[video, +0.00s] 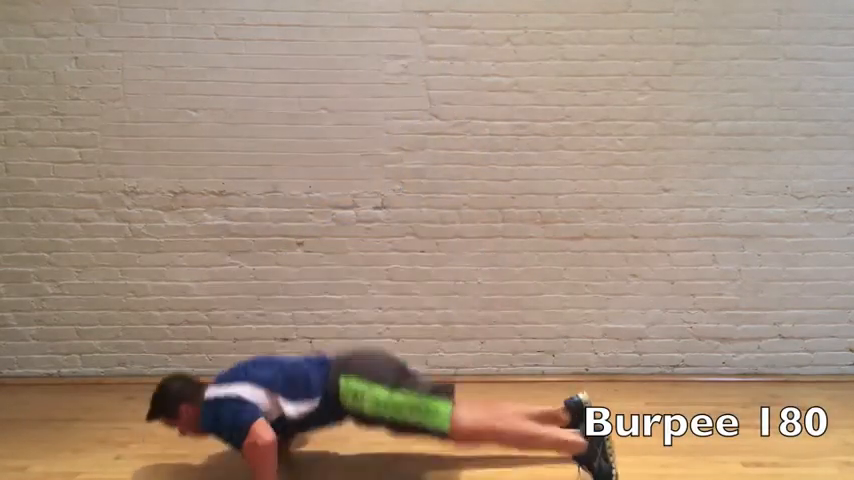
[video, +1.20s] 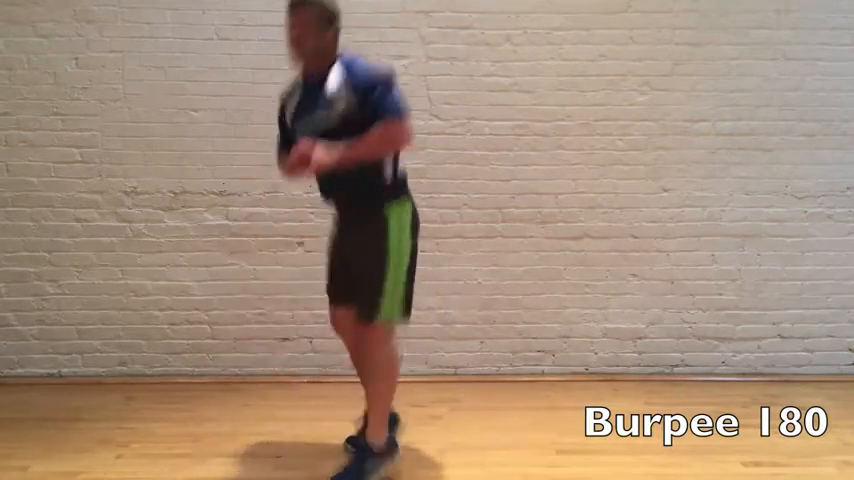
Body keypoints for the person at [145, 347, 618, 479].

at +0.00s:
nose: (179, 430)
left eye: (174, 423)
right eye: (173, 425)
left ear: (185, 408)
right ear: (191, 392)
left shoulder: (218, 405)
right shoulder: (229, 382)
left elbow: (263, 437)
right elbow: (282, 421)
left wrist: (264, 478)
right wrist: (278, 450)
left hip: (352, 384)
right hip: (356, 368)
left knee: (458, 425)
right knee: (458, 411)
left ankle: (581, 445)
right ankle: (564, 418)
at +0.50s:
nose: (183, 397)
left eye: (179, 391)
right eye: (178, 392)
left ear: (190, 377)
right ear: (196, 360)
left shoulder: (228, 379)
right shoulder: (236, 352)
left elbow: (265, 439)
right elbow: (289, 397)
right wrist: (281, 437)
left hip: (367, 361)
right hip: (364, 353)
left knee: (468, 412)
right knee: (463, 403)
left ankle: (585, 445)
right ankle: (568, 410)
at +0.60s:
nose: (206, 392)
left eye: (200, 387)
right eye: (199, 388)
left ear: (206, 371)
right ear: (210, 359)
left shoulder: (242, 364)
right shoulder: (246, 341)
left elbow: (267, 432)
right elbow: (289, 399)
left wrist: (265, 477)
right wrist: (281, 447)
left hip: (369, 300)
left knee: (441, 398)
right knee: (445, 373)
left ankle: (552, 428)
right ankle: (541, 400)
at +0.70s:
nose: (241, 376)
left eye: (235, 370)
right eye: (234, 372)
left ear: (240, 358)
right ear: (242, 344)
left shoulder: (272, 345)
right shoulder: (272, 329)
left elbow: (277, 418)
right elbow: (290, 399)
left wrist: (268, 472)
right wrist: (272, 440)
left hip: (391, 261)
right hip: (397, 250)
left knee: (383, 384)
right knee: (403, 361)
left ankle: (474, 430)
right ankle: (469, 412)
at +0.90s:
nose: (233, 282)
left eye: (234, 272)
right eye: (230, 274)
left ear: (252, 265)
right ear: (257, 260)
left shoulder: (283, 282)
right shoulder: (288, 266)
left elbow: (270, 363)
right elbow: (284, 351)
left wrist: (244, 428)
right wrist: (255, 409)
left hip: (420, 299)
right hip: (427, 288)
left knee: (333, 377)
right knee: (354, 364)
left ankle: (389, 461)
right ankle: (391, 439)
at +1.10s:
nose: (259, 128)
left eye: (266, 120)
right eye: (261, 119)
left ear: (292, 123)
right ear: (292, 123)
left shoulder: (322, 164)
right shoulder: (311, 156)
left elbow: (354, 229)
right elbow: (329, 227)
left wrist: (288, 244)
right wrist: (281, 233)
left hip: (396, 270)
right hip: (384, 266)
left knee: (334, 370)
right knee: (345, 358)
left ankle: (387, 460)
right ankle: (386, 436)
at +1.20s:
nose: (293, 38)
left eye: (301, 29)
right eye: (291, 29)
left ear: (329, 32)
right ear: (290, 34)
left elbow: (399, 132)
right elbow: (288, 165)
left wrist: (335, 154)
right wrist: (304, 158)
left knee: (375, 325)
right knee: (344, 319)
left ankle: (377, 440)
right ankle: (380, 412)